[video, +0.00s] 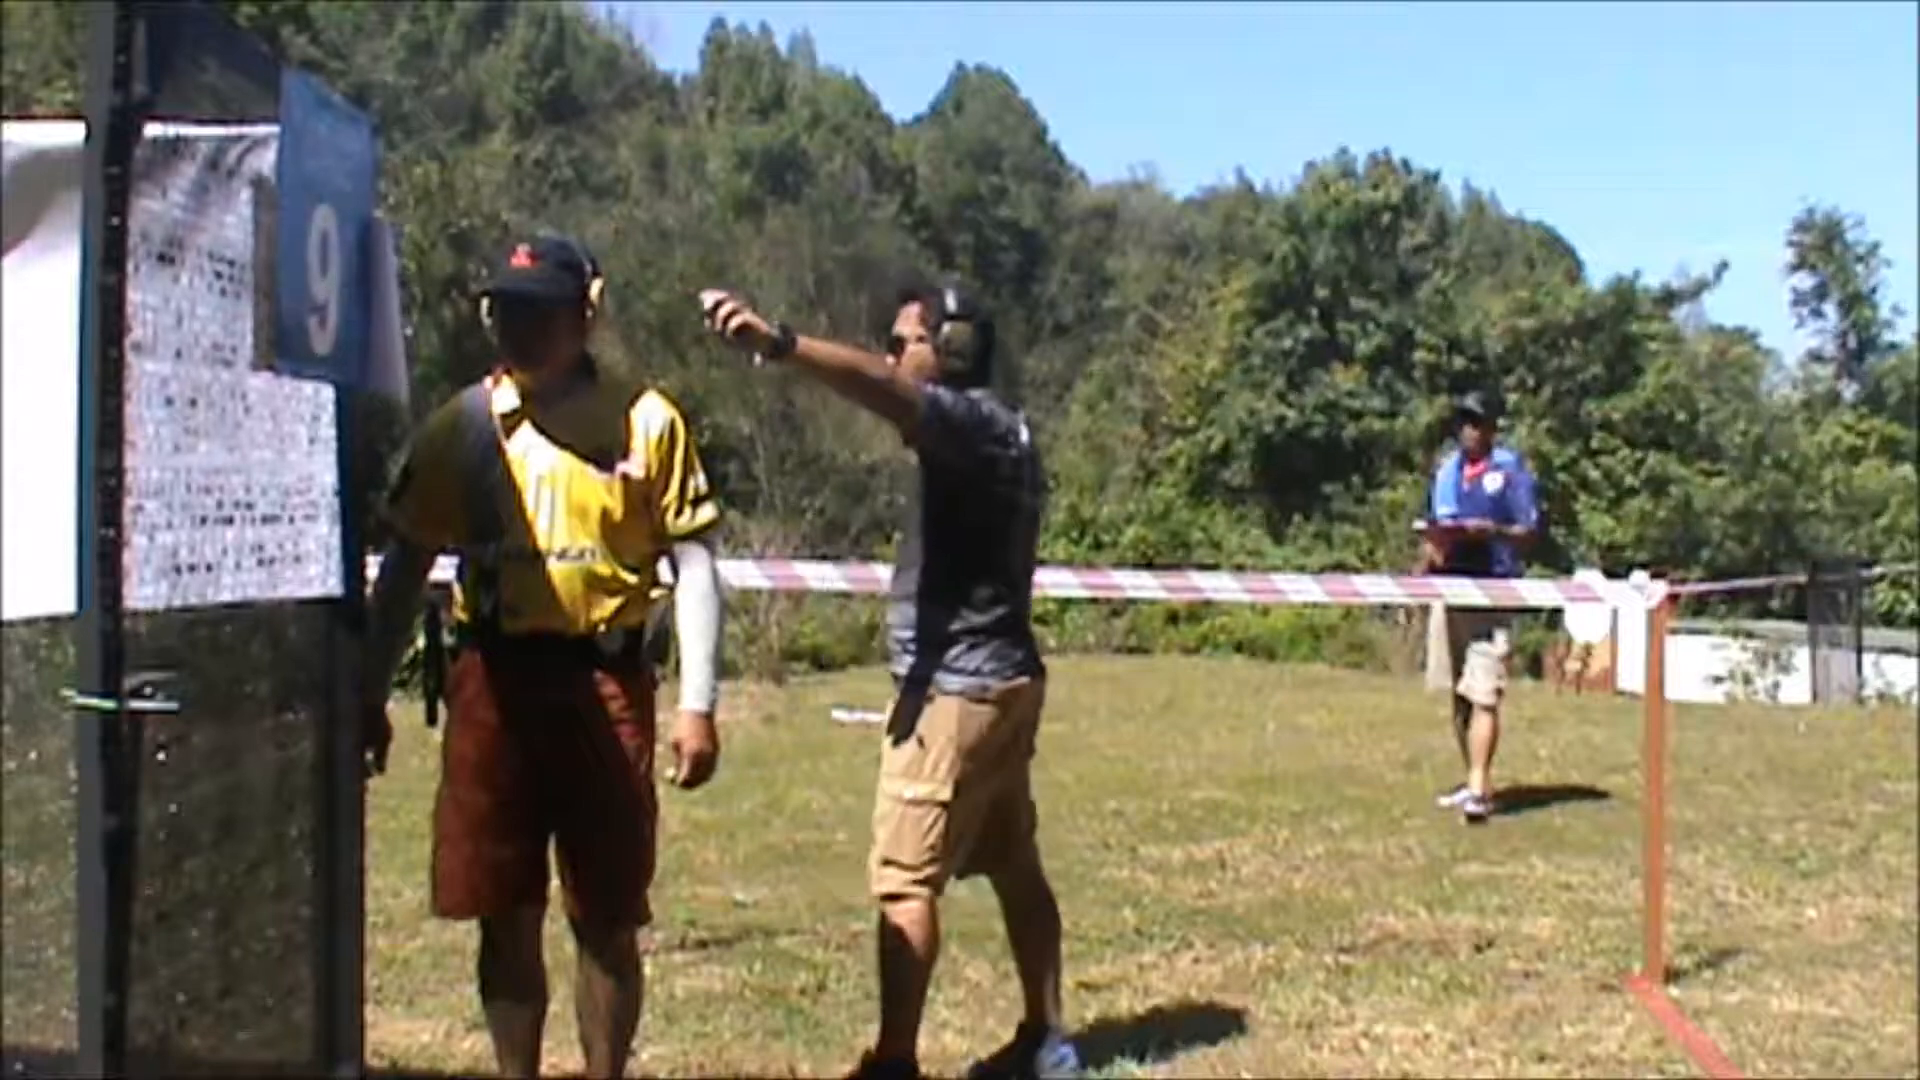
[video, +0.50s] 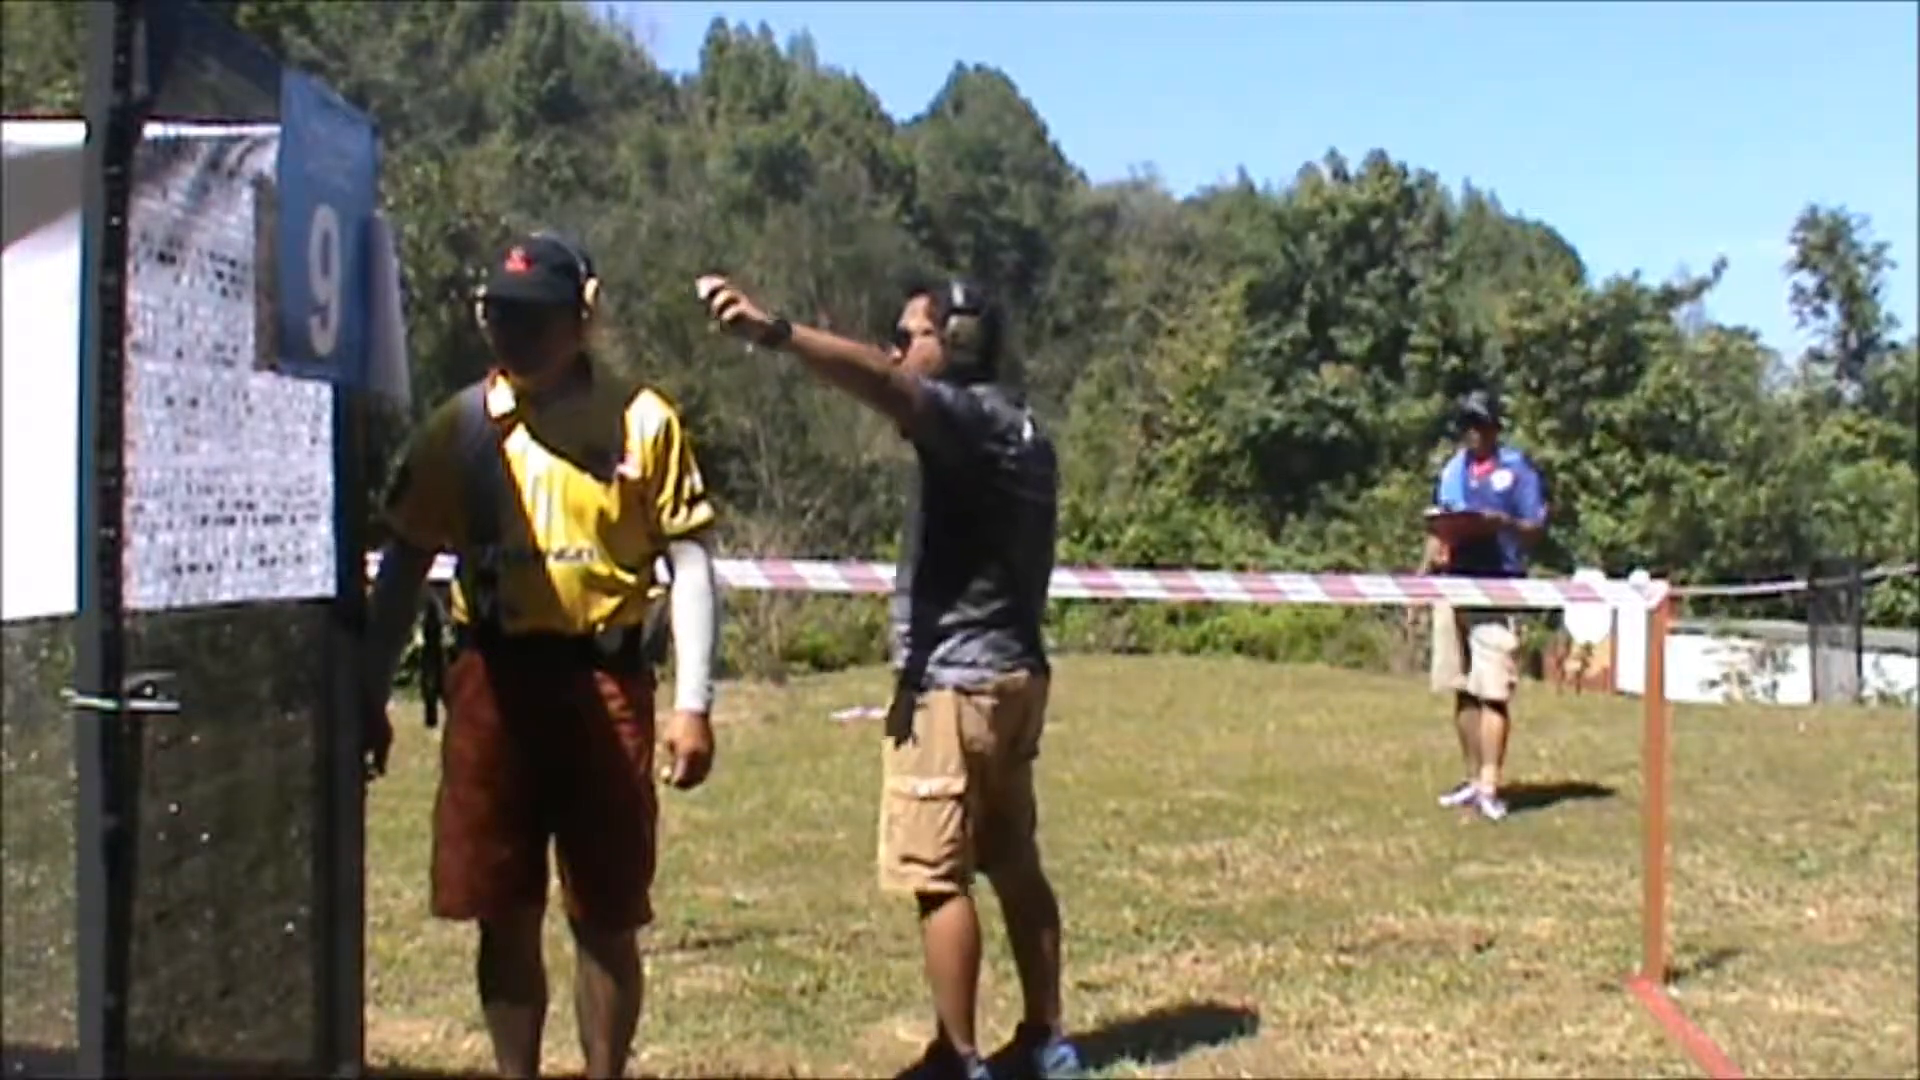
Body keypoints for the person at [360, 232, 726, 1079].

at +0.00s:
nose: (516, 327)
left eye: (537, 312)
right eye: (505, 309)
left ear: (585, 318)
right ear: (491, 313)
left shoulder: (647, 423)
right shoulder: (464, 426)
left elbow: (694, 564)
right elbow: (406, 564)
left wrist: (697, 700)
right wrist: (370, 695)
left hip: (607, 692)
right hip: (495, 692)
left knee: (607, 925)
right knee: (504, 917)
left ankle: (605, 1072)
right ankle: (517, 1073)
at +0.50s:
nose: (511, 333)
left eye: (533, 317)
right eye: (502, 314)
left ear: (583, 321)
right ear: (487, 314)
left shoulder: (643, 423)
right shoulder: (463, 425)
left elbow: (690, 562)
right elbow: (404, 565)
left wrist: (693, 700)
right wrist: (370, 696)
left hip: (605, 693)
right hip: (495, 694)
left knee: (606, 923)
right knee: (503, 916)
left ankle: (606, 1072)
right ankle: (517, 1072)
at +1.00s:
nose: (515, 335)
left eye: (535, 320)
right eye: (505, 318)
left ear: (585, 323)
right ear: (490, 317)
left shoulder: (645, 423)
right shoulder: (464, 425)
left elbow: (692, 561)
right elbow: (404, 564)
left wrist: (696, 697)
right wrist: (370, 695)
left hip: (606, 694)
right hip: (496, 694)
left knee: (606, 924)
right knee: (503, 915)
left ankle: (605, 1072)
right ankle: (517, 1072)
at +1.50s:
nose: (516, 339)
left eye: (536, 323)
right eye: (506, 320)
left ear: (585, 323)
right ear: (488, 317)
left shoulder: (645, 423)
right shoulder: (463, 426)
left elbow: (692, 565)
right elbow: (405, 565)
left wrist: (695, 700)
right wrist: (370, 695)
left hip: (605, 694)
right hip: (495, 694)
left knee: (606, 923)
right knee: (503, 915)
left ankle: (605, 1071)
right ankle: (517, 1071)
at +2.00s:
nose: (519, 338)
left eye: (539, 323)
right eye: (507, 320)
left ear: (586, 323)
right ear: (490, 317)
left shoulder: (645, 424)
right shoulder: (463, 426)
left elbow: (693, 565)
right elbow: (405, 565)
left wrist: (695, 701)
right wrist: (369, 695)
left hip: (606, 692)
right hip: (495, 693)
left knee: (607, 923)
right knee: (503, 914)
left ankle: (607, 1071)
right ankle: (517, 1072)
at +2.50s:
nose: (516, 339)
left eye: (536, 324)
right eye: (505, 321)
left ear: (583, 326)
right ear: (490, 320)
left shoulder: (645, 424)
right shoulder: (465, 426)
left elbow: (692, 564)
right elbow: (405, 565)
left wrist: (694, 701)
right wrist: (370, 694)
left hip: (605, 694)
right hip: (495, 694)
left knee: (606, 925)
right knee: (503, 917)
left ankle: (606, 1072)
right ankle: (517, 1072)